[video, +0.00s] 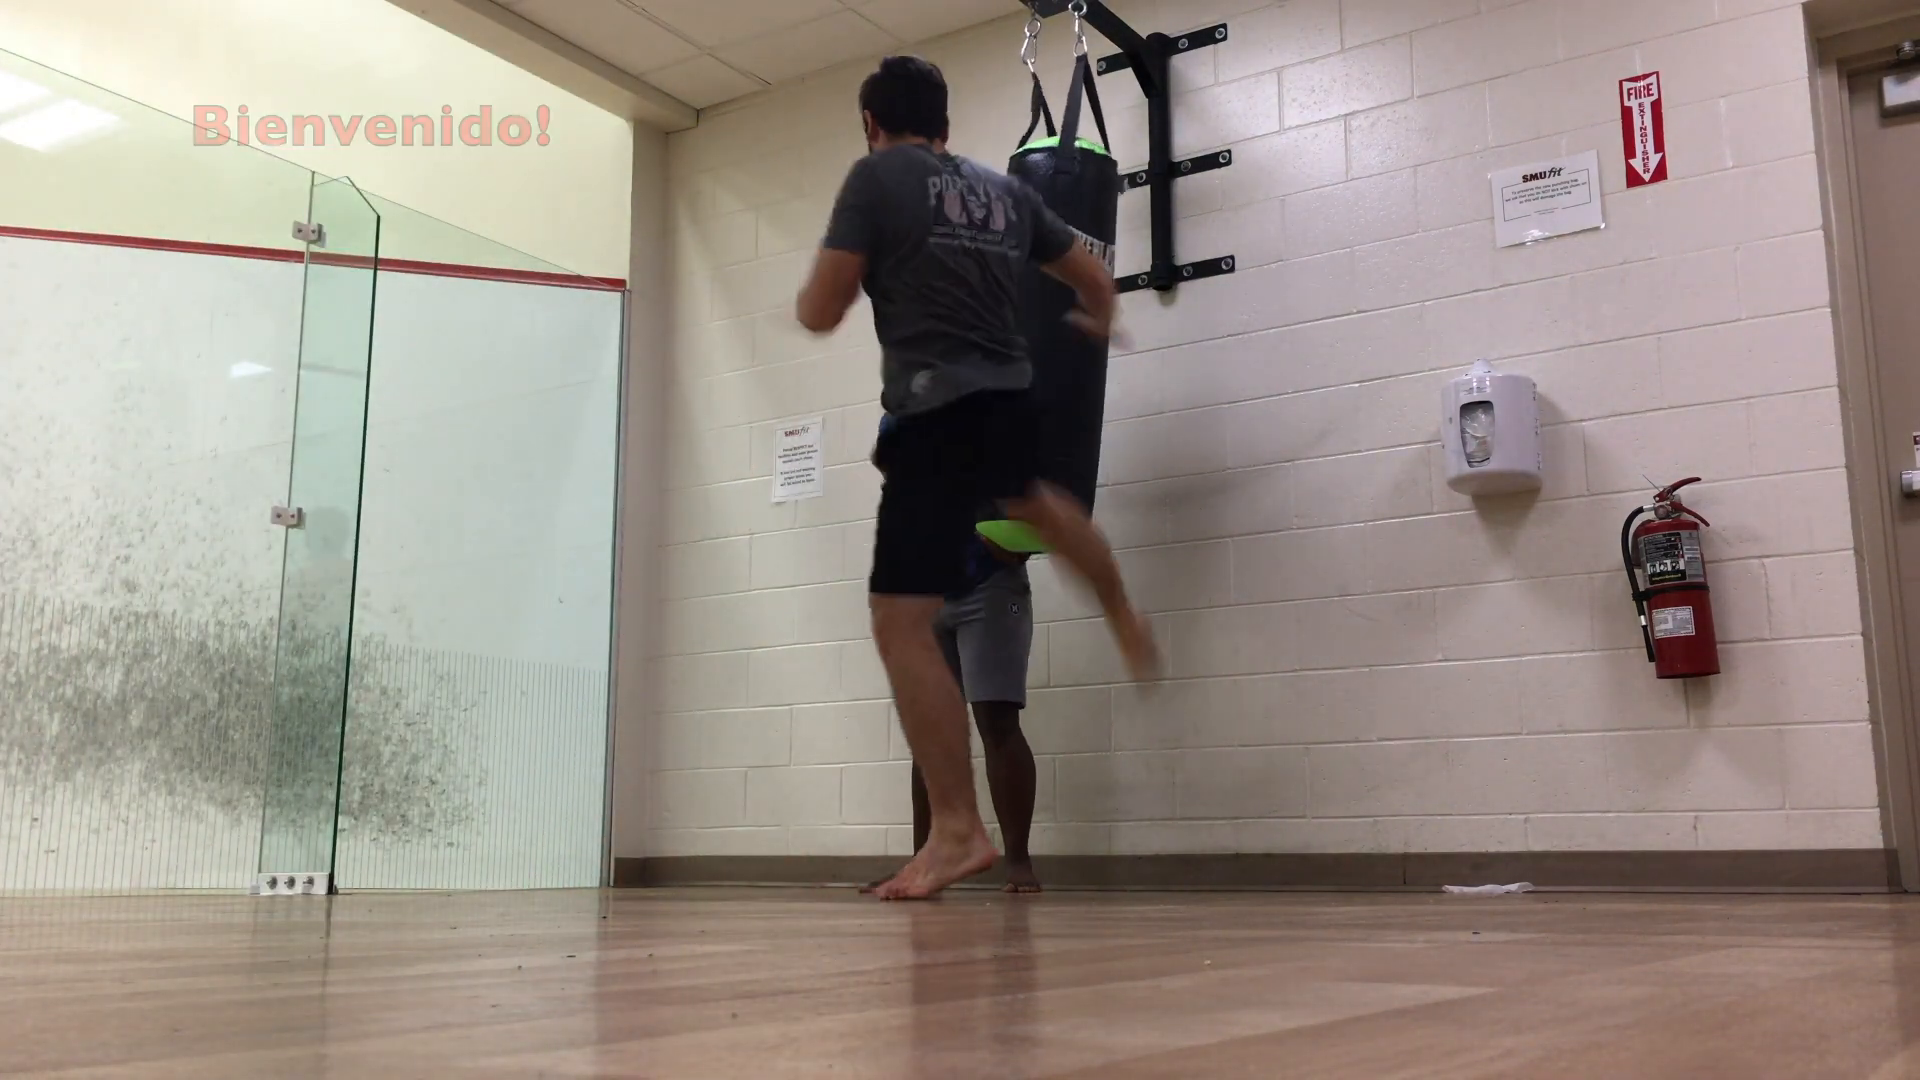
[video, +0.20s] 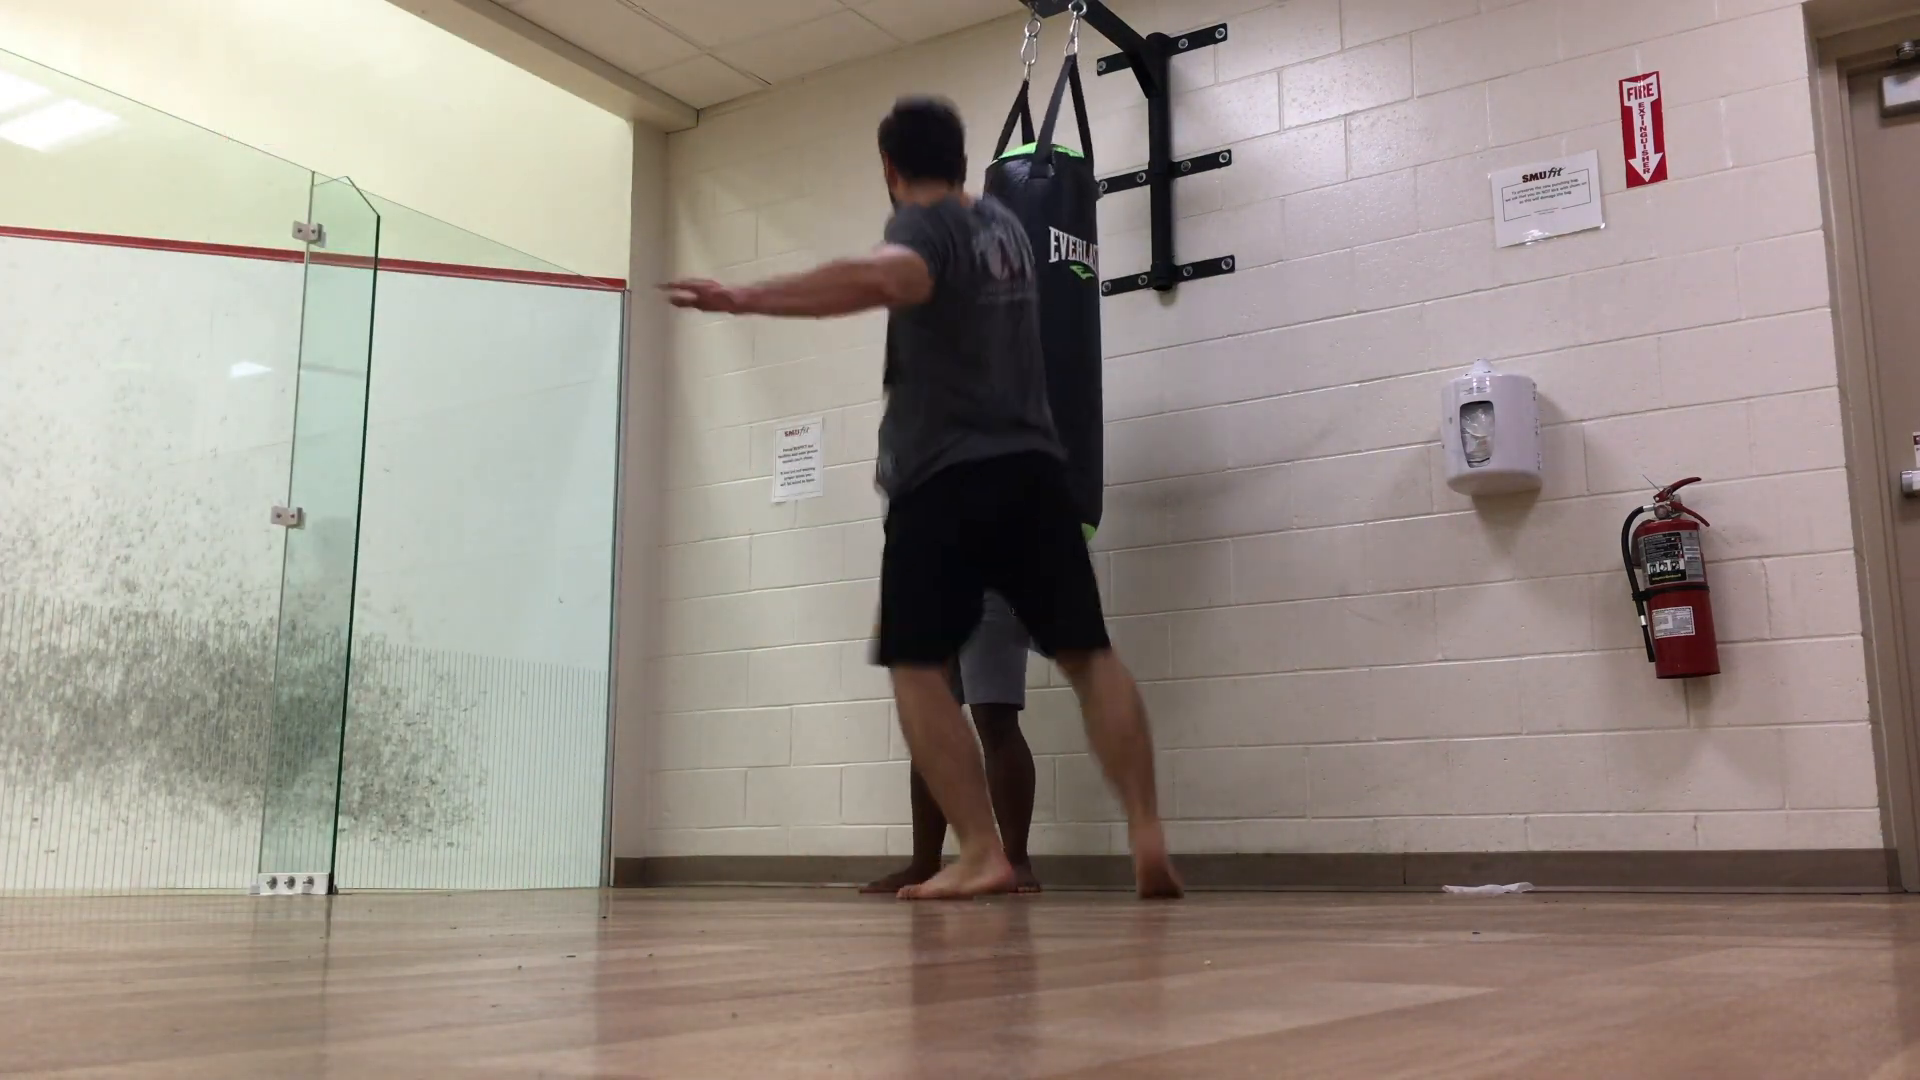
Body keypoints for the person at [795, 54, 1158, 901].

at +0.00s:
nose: (865, 138)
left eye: (864, 127)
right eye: (870, 128)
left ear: (874, 126)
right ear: (945, 124)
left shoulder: (876, 179)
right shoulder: (1004, 191)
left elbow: (820, 311)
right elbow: (1093, 273)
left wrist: (851, 262)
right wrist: (1101, 314)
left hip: (932, 421)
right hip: (1016, 409)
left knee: (901, 623)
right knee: (1027, 496)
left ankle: (957, 830)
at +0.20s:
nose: (886, 181)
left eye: (883, 170)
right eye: (889, 171)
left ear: (890, 168)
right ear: (962, 164)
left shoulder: (921, 226)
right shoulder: (1007, 227)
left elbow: (887, 281)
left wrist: (745, 296)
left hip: (945, 484)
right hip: (1032, 475)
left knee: (918, 666)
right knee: (1089, 654)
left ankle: (982, 855)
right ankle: (1149, 836)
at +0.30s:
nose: (883, 149)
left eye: (881, 137)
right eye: (885, 139)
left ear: (894, 129)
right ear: (958, 127)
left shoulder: (919, 189)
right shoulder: (995, 187)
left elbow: (811, 258)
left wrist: (744, 294)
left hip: (963, 436)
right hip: (1027, 424)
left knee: (896, 616)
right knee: (1013, 541)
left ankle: (949, 821)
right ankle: (1156, 648)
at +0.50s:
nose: (883, 155)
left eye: (883, 144)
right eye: (886, 145)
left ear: (894, 139)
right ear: (965, 141)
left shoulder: (889, 179)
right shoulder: (1024, 207)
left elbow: (850, 315)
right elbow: (1132, 275)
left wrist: (915, 289)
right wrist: (1174, 356)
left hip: (946, 432)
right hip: (1021, 415)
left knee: (910, 629)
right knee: (1017, 485)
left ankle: (937, 848)